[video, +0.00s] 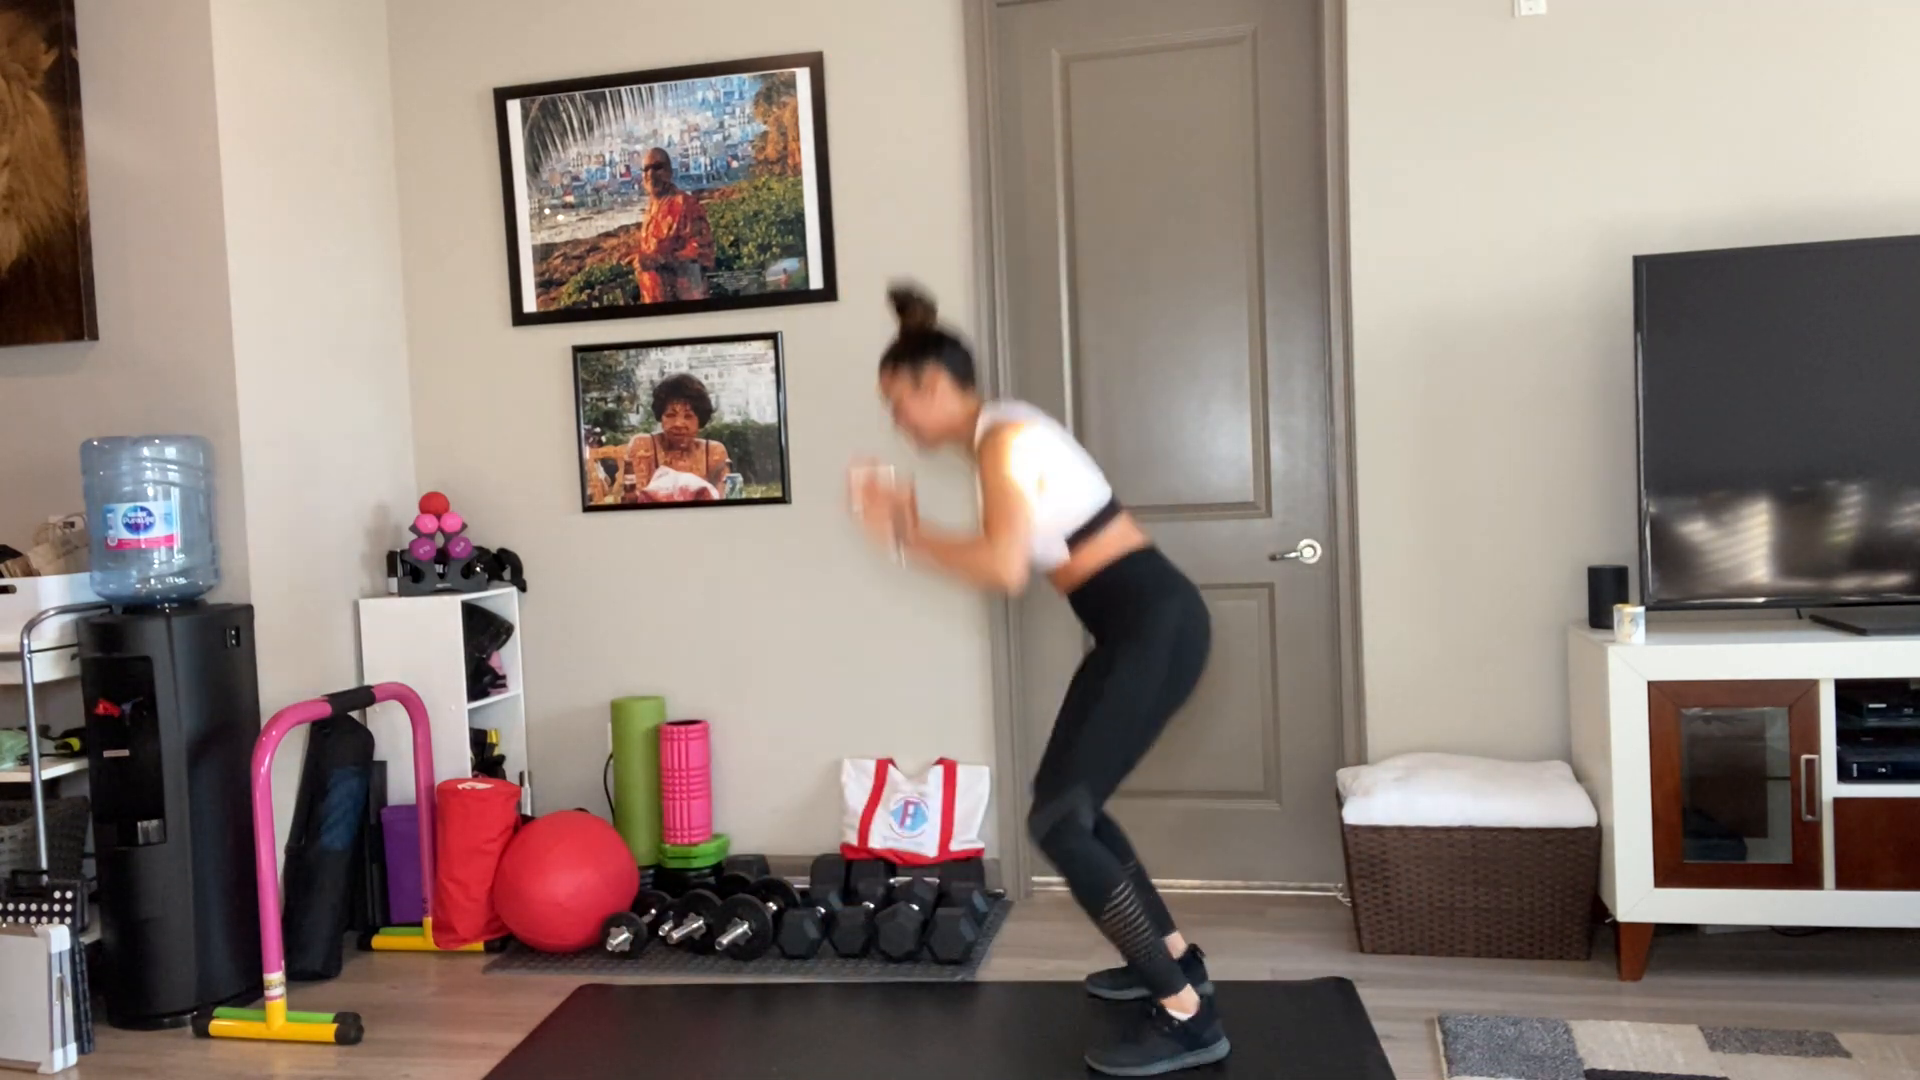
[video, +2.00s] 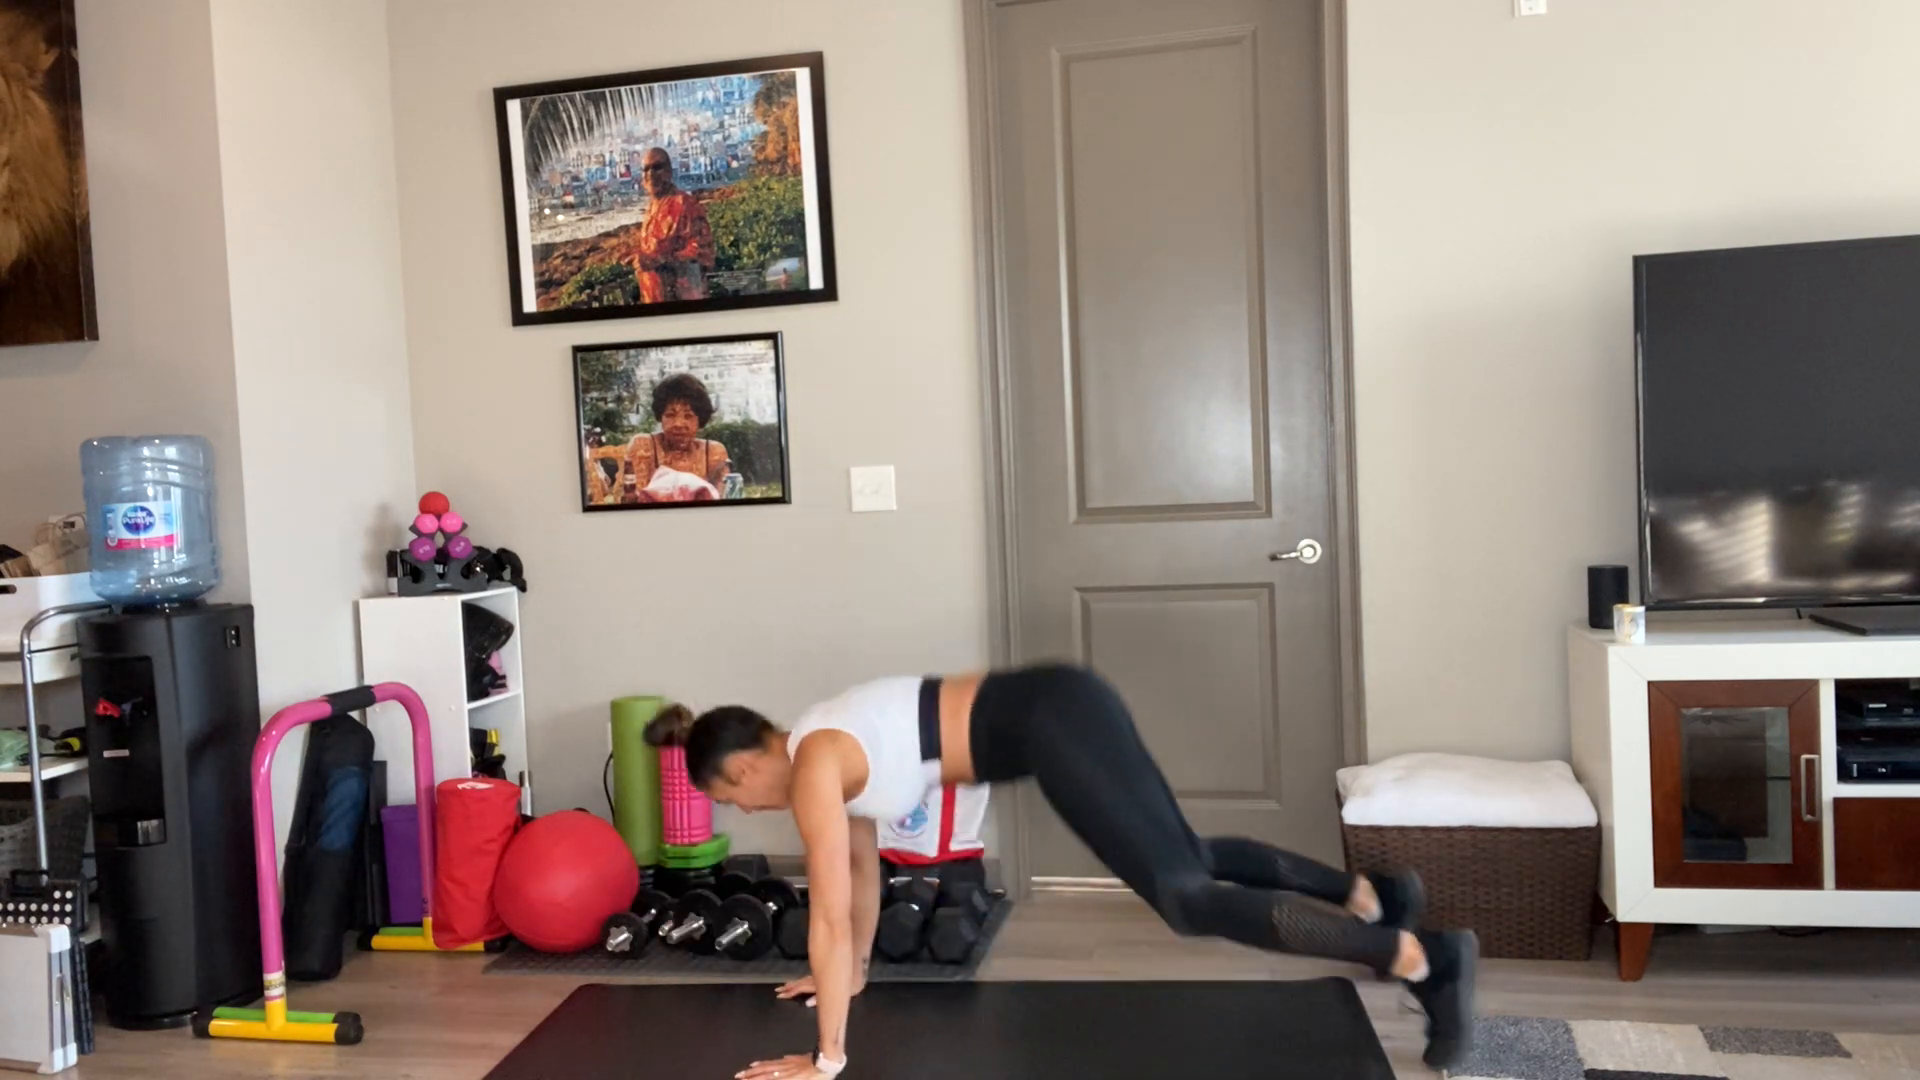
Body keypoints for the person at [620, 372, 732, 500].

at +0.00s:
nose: (679, 424)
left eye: (688, 416)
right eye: (670, 415)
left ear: (701, 420)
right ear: (660, 418)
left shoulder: (715, 451)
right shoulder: (642, 446)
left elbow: (720, 501)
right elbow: (638, 499)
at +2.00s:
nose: (679, 424)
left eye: (688, 416)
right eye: (670, 415)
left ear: (700, 420)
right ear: (660, 417)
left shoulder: (714, 451)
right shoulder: (641, 446)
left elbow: (722, 499)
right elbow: (632, 499)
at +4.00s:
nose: (679, 424)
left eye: (688, 416)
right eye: (670, 415)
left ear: (700, 419)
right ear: (660, 417)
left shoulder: (714, 451)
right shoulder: (641, 446)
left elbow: (722, 500)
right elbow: (631, 499)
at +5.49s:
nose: (679, 424)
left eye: (688, 416)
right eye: (670, 415)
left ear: (700, 420)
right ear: (660, 417)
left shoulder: (714, 451)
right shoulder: (641, 446)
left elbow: (722, 500)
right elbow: (630, 499)